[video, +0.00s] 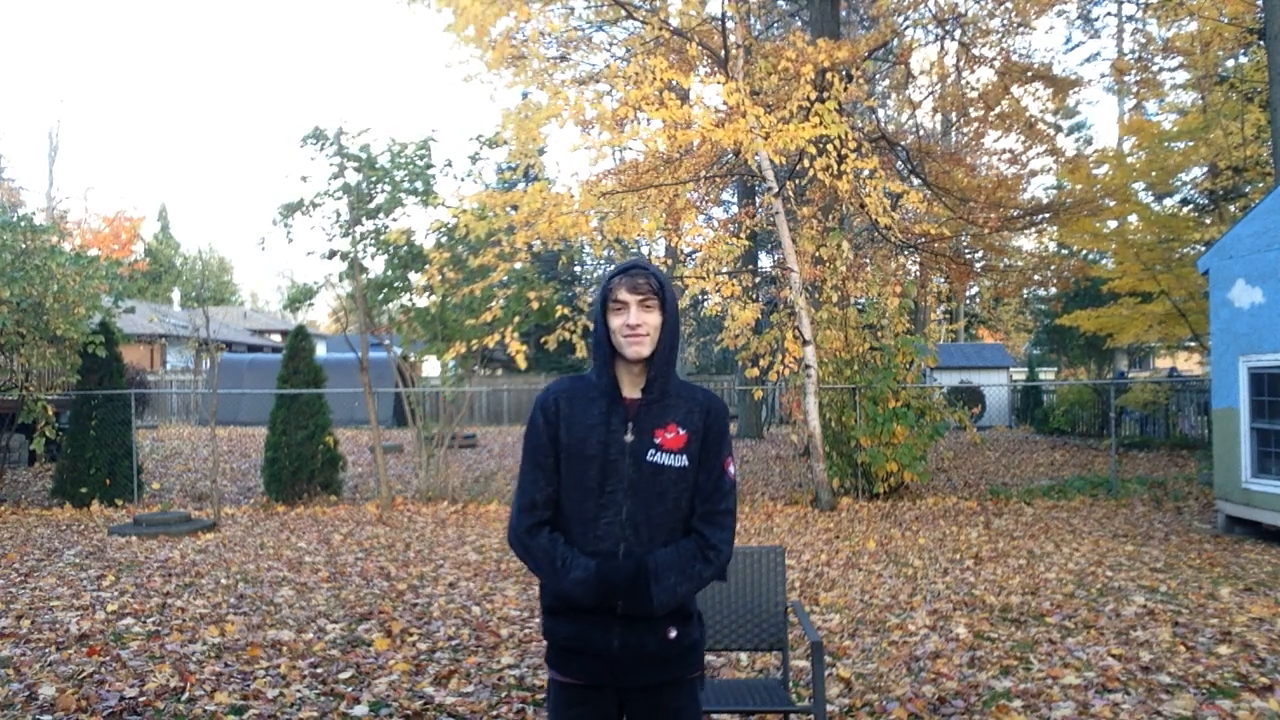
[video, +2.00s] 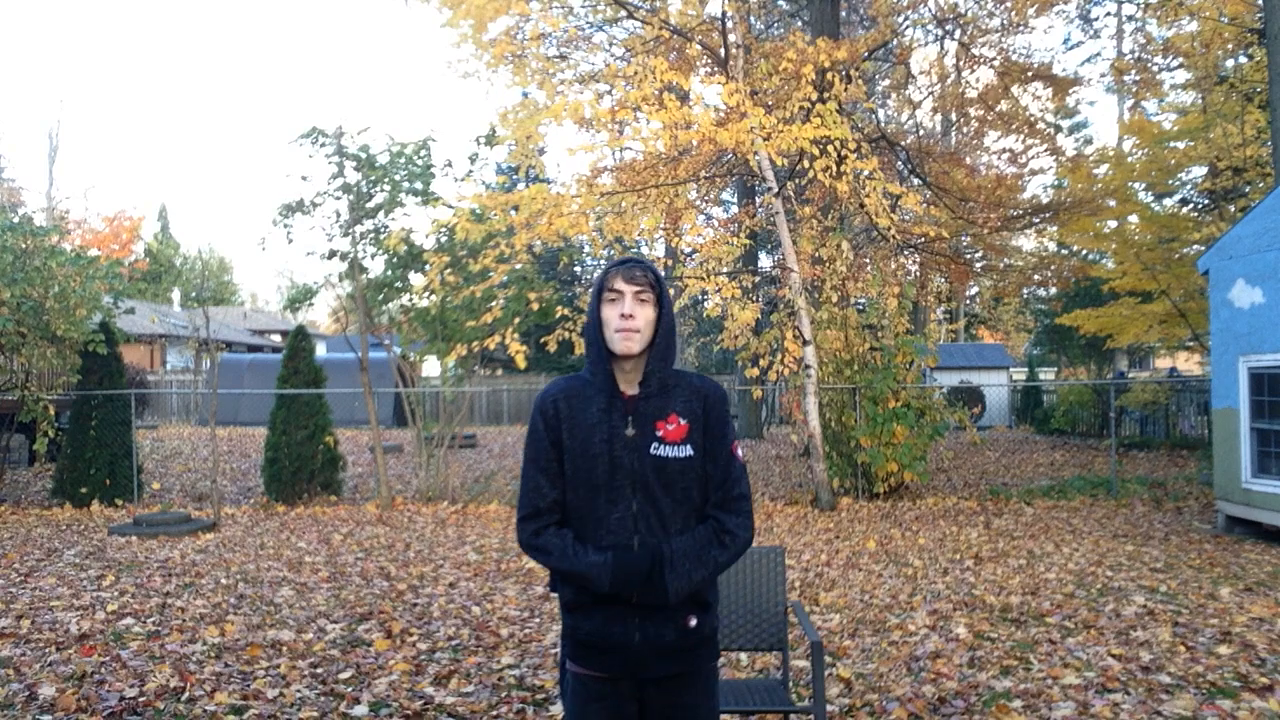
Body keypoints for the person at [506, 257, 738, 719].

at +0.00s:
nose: (632, 320)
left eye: (645, 307)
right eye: (618, 308)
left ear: (667, 319)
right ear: (603, 321)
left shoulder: (702, 411)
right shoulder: (559, 404)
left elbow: (715, 539)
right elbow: (526, 525)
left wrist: (645, 579)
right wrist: (592, 579)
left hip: (668, 654)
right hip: (578, 654)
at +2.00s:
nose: (626, 311)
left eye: (642, 299)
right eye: (613, 298)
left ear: (661, 316)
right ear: (596, 312)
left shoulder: (703, 399)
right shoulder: (559, 403)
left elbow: (735, 520)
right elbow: (534, 527)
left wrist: (669, 566)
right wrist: (608, 570)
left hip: (684, 645)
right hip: (594, 648)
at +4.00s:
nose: (630, 320)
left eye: (644, 308)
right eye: (616, 307)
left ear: (660, 322)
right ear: (597, 320)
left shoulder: (695, 409)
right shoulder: (553, 410)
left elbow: (723, 532)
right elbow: (536, 533)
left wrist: (654, 578)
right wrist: (601, 595)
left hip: (678, 653)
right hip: (589, 656)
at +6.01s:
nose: (608, 323)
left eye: (623, 313)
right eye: (595, 308)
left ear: (636, 330)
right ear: (572, 319)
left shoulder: (667, 406)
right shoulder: (526, 417)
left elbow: (696, 529)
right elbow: (511, 549)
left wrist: (636, 461)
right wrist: (582, 481)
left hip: (653, 641)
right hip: (565, 646)